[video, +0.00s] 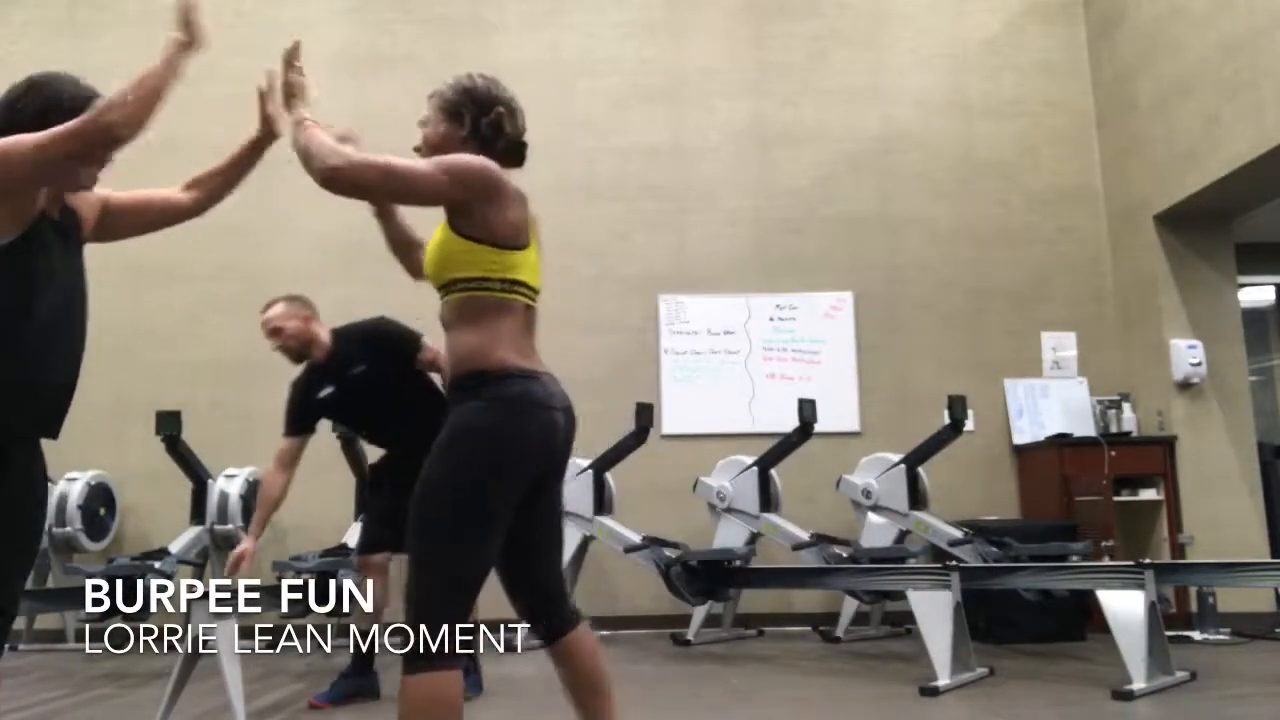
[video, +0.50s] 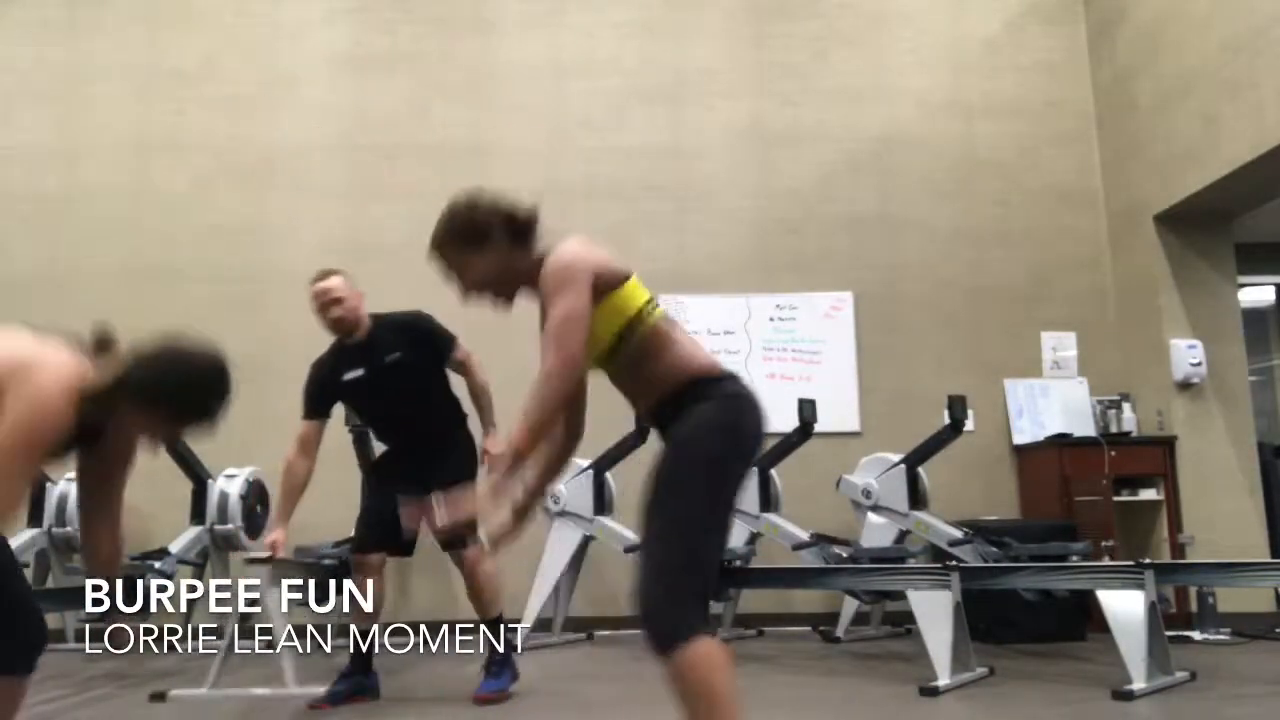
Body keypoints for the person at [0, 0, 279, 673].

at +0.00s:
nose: (106, 162)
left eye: (108, 149)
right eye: (95, 145)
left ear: (78, 149)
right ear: (47, 142)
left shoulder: (74, 213)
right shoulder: (11, 192)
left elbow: (189, 198)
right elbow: (101, 133)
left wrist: (264, 137)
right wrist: (181, 47)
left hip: (24, 450)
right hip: (2, 449)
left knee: (7, 609)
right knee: (5, 610)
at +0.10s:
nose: (108, 173)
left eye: (115, 158)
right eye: (102, 153)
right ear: (56, 144)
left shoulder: (60, 219)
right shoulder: (9, 209)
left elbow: (171, 211)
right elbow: (56, 141)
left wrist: (249, 170)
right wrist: (146, 47)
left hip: (21, 457)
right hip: (1, 456)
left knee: (5, 611)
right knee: (4, 612)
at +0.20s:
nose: (104, 218)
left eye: (112, 207)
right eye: (102, 202)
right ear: (62, 176)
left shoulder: (61, 237)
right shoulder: (14, 228)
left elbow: (150, 255)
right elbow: (13, 179)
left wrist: (232, 246)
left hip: (18, 469)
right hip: (3, 468)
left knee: (3, 621)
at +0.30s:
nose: (134, 265)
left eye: (145, 254)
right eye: (137, 246)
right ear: (109, 218)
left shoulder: (78, 268)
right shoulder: (18, 235)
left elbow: (136, 338)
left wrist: (203, 360)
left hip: (2, 462)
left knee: (3, 616)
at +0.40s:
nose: (156, 354)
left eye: (168, 345)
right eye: (164, 339)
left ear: (137, 298)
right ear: (144, 314)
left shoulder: (107, 339)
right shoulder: (38, 323)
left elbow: (114, 436)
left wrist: (140, 517)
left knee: (12, 619)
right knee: (10, 620)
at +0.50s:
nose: (170, 439)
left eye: (182, 428)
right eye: (179, 424)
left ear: (155, 383)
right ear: (164, 403)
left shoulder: (112, 416)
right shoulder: (52, 393)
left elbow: (101, 522)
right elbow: (7, 505)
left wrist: (111, 615)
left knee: (25, 631)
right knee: (21, 631)